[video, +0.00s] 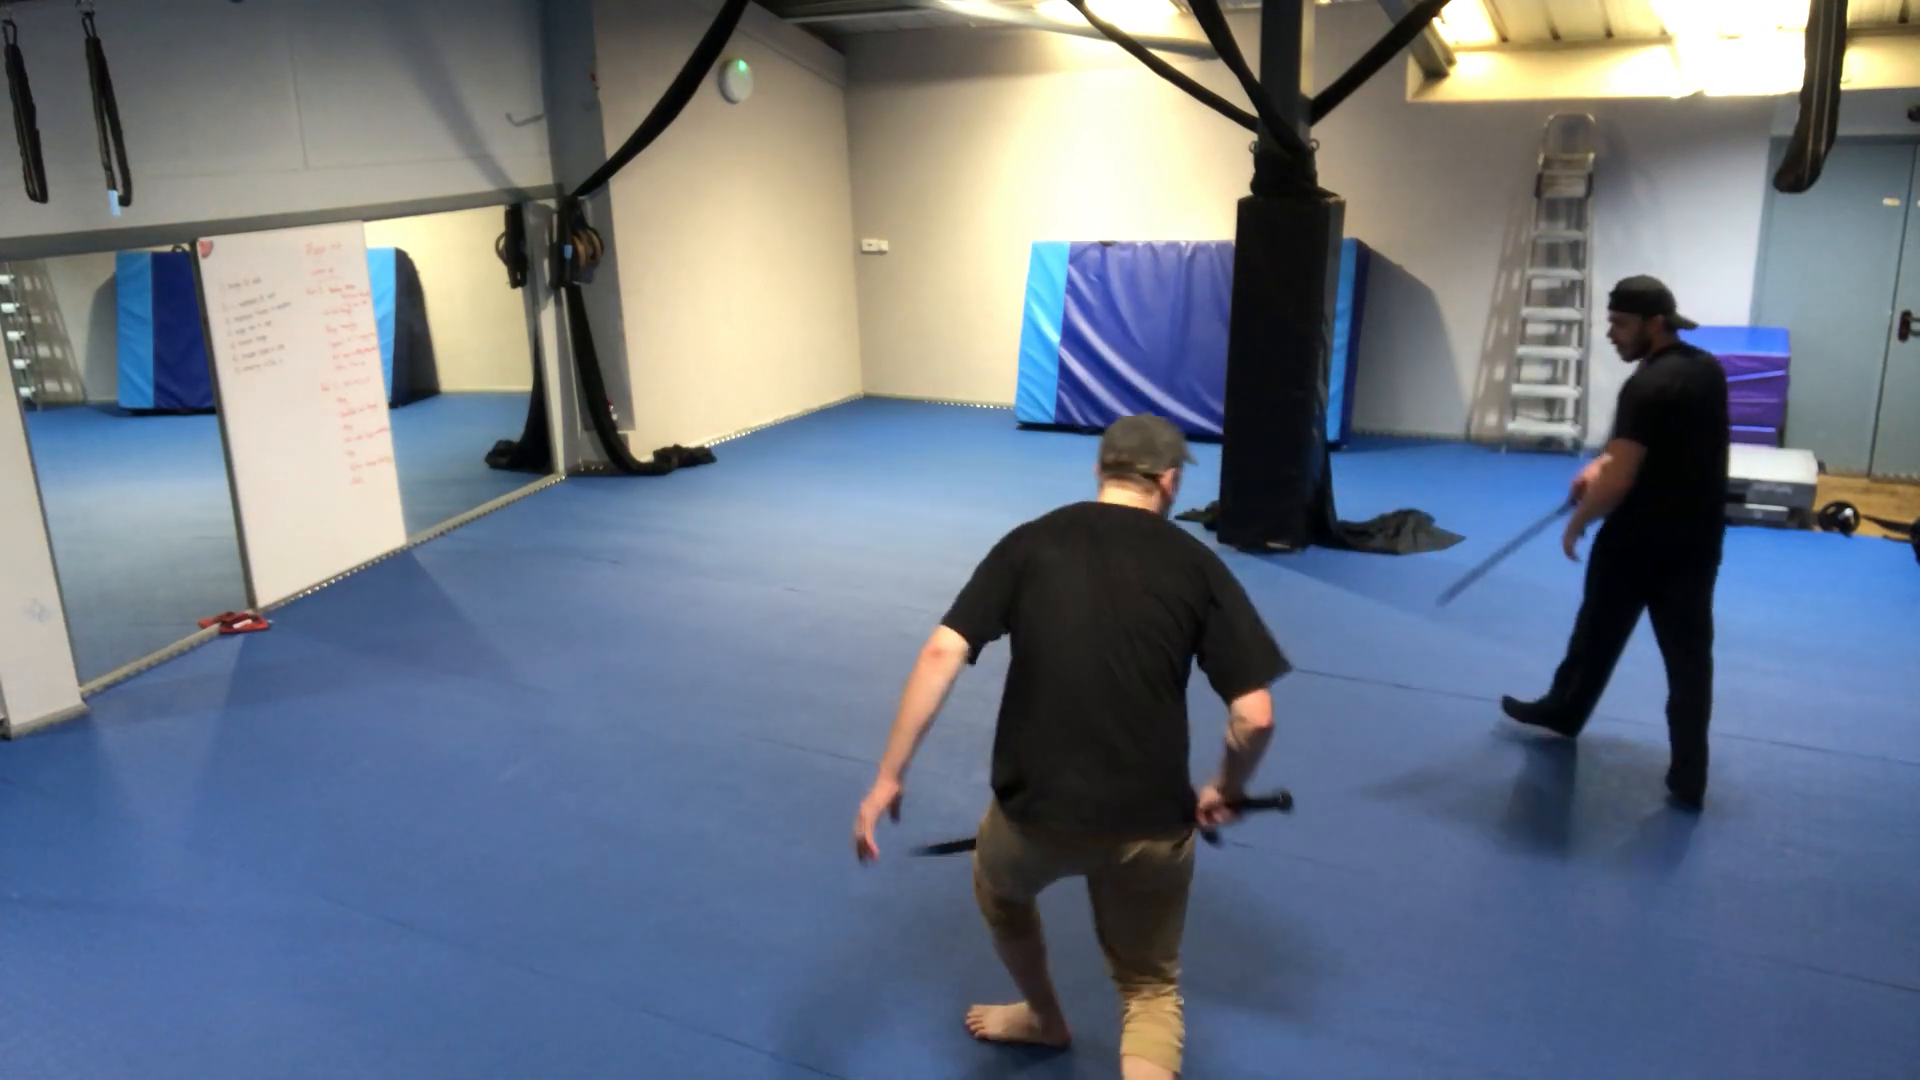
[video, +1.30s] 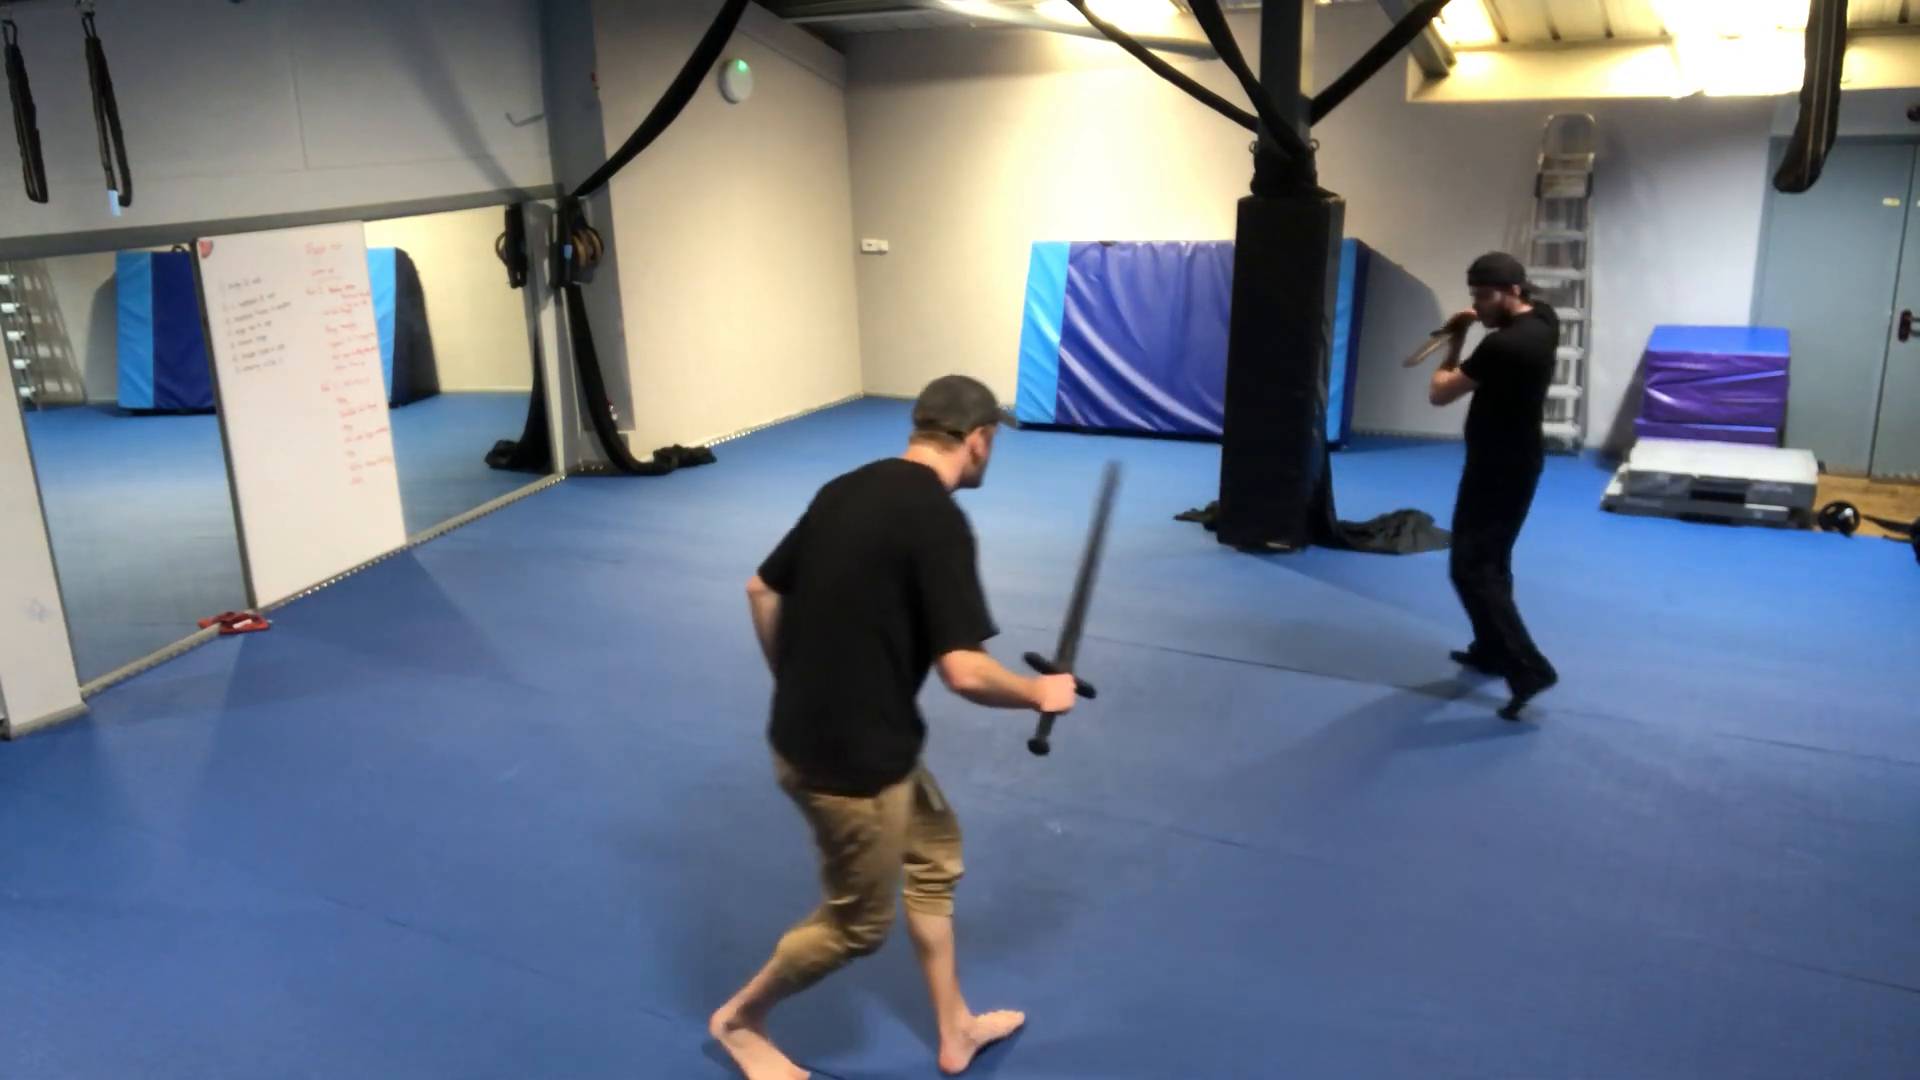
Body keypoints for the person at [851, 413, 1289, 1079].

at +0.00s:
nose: (1178, 488)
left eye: (1178, 480)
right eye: (1179, 480)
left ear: (1098, 474)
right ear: (1168, 482)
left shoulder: (1032, 542)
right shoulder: (1197, 566)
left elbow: (943, 650)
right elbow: (1254, 717)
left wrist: (889, 774)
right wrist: (1226, 790)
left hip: (1037, 811)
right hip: (1150, 822)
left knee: (1001, 892)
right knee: (1150, 982)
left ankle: (1042, 1014)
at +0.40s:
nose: (1206, 476)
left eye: (1210, 464)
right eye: (1207, 464)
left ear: (1125, 454)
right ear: (1189, 467)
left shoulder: (1036, 517)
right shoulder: (1159, 560)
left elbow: (934, 614)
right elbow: (1155, 726)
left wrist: (975, 697)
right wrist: (1240, 825)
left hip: (979, 770)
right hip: (1079, 800)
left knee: (1006, 871)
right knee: (1149, 987)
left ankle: (995, 1026)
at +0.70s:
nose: (1126, 469)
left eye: (1127, 457)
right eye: (1127, 457)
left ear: (1052, 447)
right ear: (1110, 460)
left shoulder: (973, 508)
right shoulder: (1067, 544)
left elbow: (893, 609)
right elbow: (1043, 696)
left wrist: (958, 674)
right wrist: (1149, 780)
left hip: (916, 756)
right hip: (993, 777)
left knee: (997, 867)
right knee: (1084, 965)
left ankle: (963, 1033)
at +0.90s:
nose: (1069, 454)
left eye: (1069, 441)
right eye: (1069, 442)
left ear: (996, 434)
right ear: (1052, 443)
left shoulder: (922, 495)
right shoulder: (1023, 525)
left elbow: (838, 590)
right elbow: (1010, 676)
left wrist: (881, 668)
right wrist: (1100, 745)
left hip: (883, 741)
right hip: (956, 762)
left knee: (973, 873)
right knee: (1044, 943)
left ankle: (961, 1040)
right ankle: (1003, 1068)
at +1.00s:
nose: (1046, 451)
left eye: (1046, 437)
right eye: (1048, 438)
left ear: (975, 428)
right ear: (1031, 438)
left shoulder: (903, 493)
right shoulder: (1006, 518)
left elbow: (816, 587)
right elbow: (1004, 671)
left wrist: (841, 680)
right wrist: (1087, 729)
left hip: (870, 737)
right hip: (940, 757)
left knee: (961, 880)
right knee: (1005, 936)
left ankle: (956, 1033)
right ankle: (897, 1071)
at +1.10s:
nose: (1029, 447)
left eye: (1029, 434)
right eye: (1030, 434)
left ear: (957, 425)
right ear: (1013, 433)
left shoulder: (886, 490)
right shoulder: (989, 513)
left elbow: (799, 588)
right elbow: (998, 670)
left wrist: (820, 679)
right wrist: (1073, 709)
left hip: (850, 729)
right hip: (918, 753)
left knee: (948, 890)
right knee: (956, 927)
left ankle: (961, 1035)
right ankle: (797, 1039)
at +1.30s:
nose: (990, 455)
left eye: (992, 441)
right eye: (992, 441)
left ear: (919, 429)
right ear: (974, 438)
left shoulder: (847, 490)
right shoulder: (937, 518)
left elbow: (765, 588)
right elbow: (963, 670)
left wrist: (798, 682)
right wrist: (1038, 692)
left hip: (818, 730)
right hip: (851, 757)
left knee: (933, 850)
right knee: (859, 920)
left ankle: (956, 1029)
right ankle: (738, 1018)